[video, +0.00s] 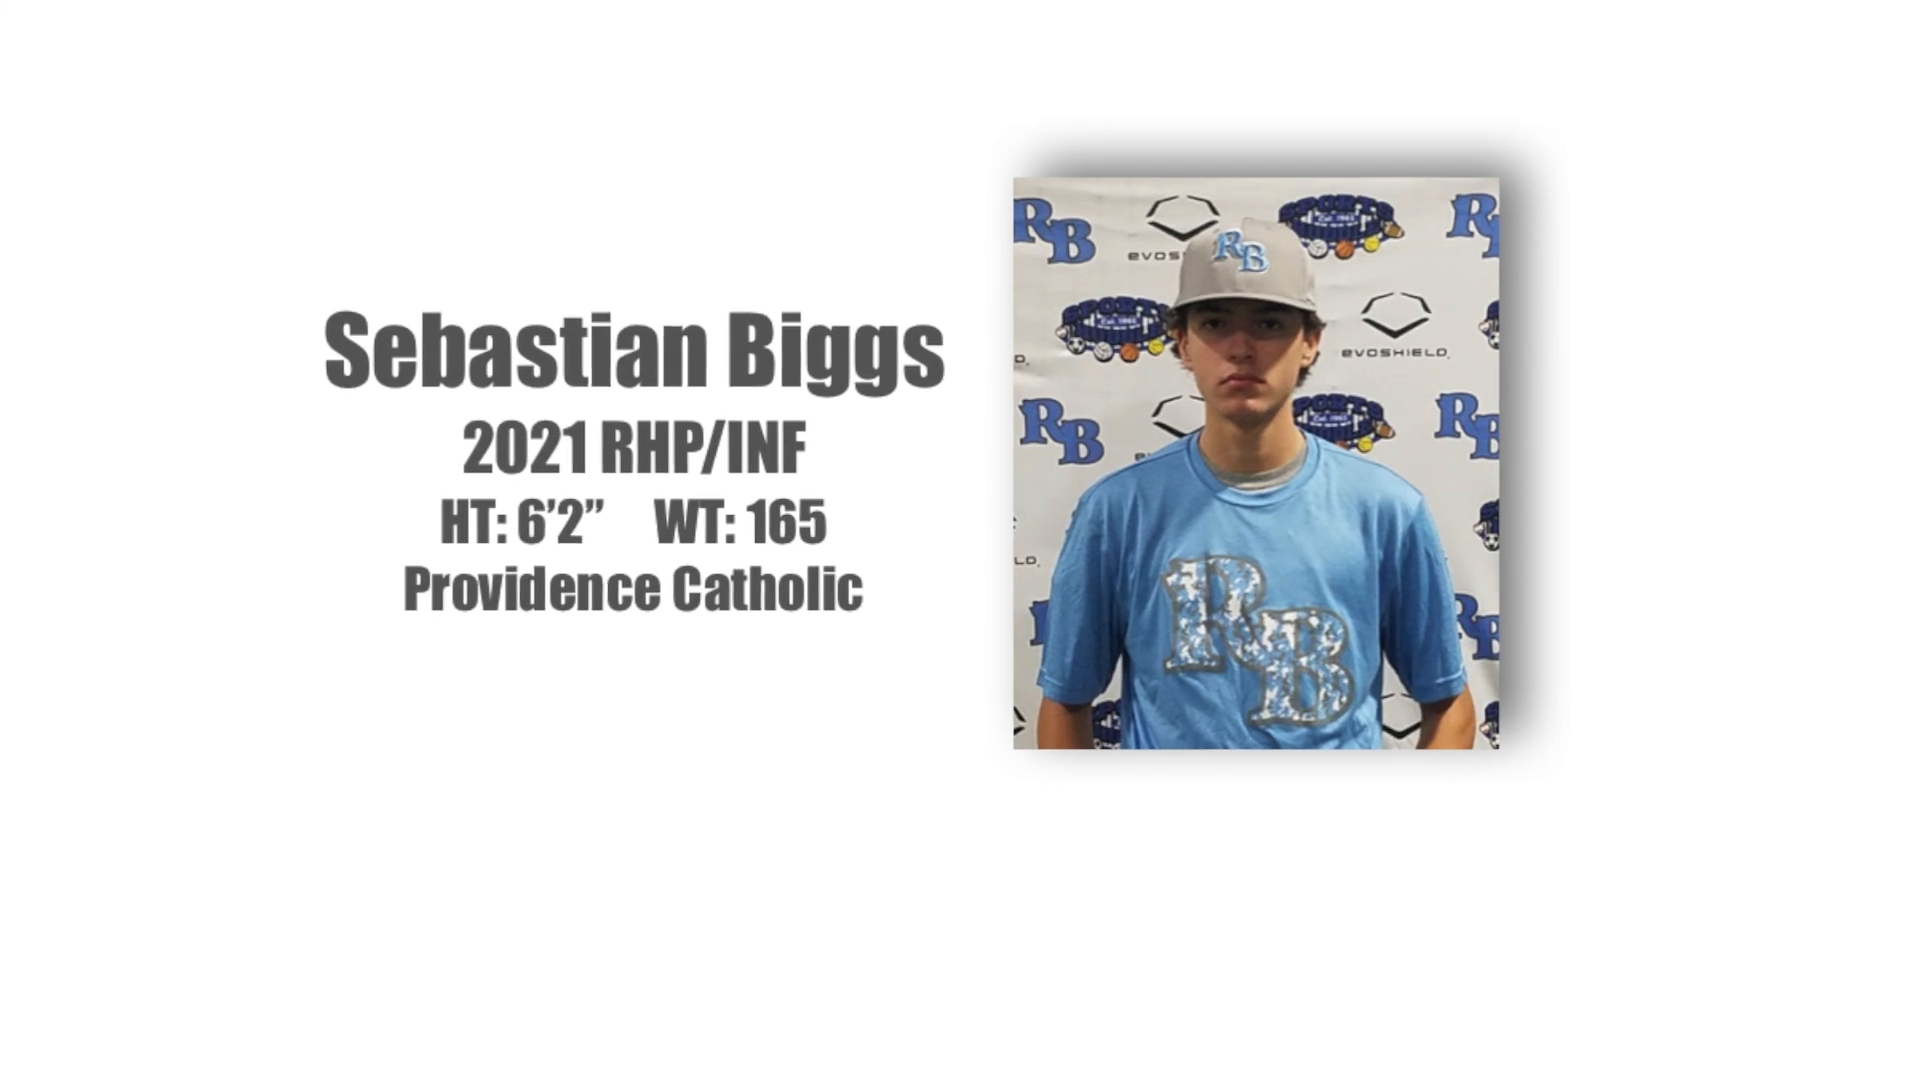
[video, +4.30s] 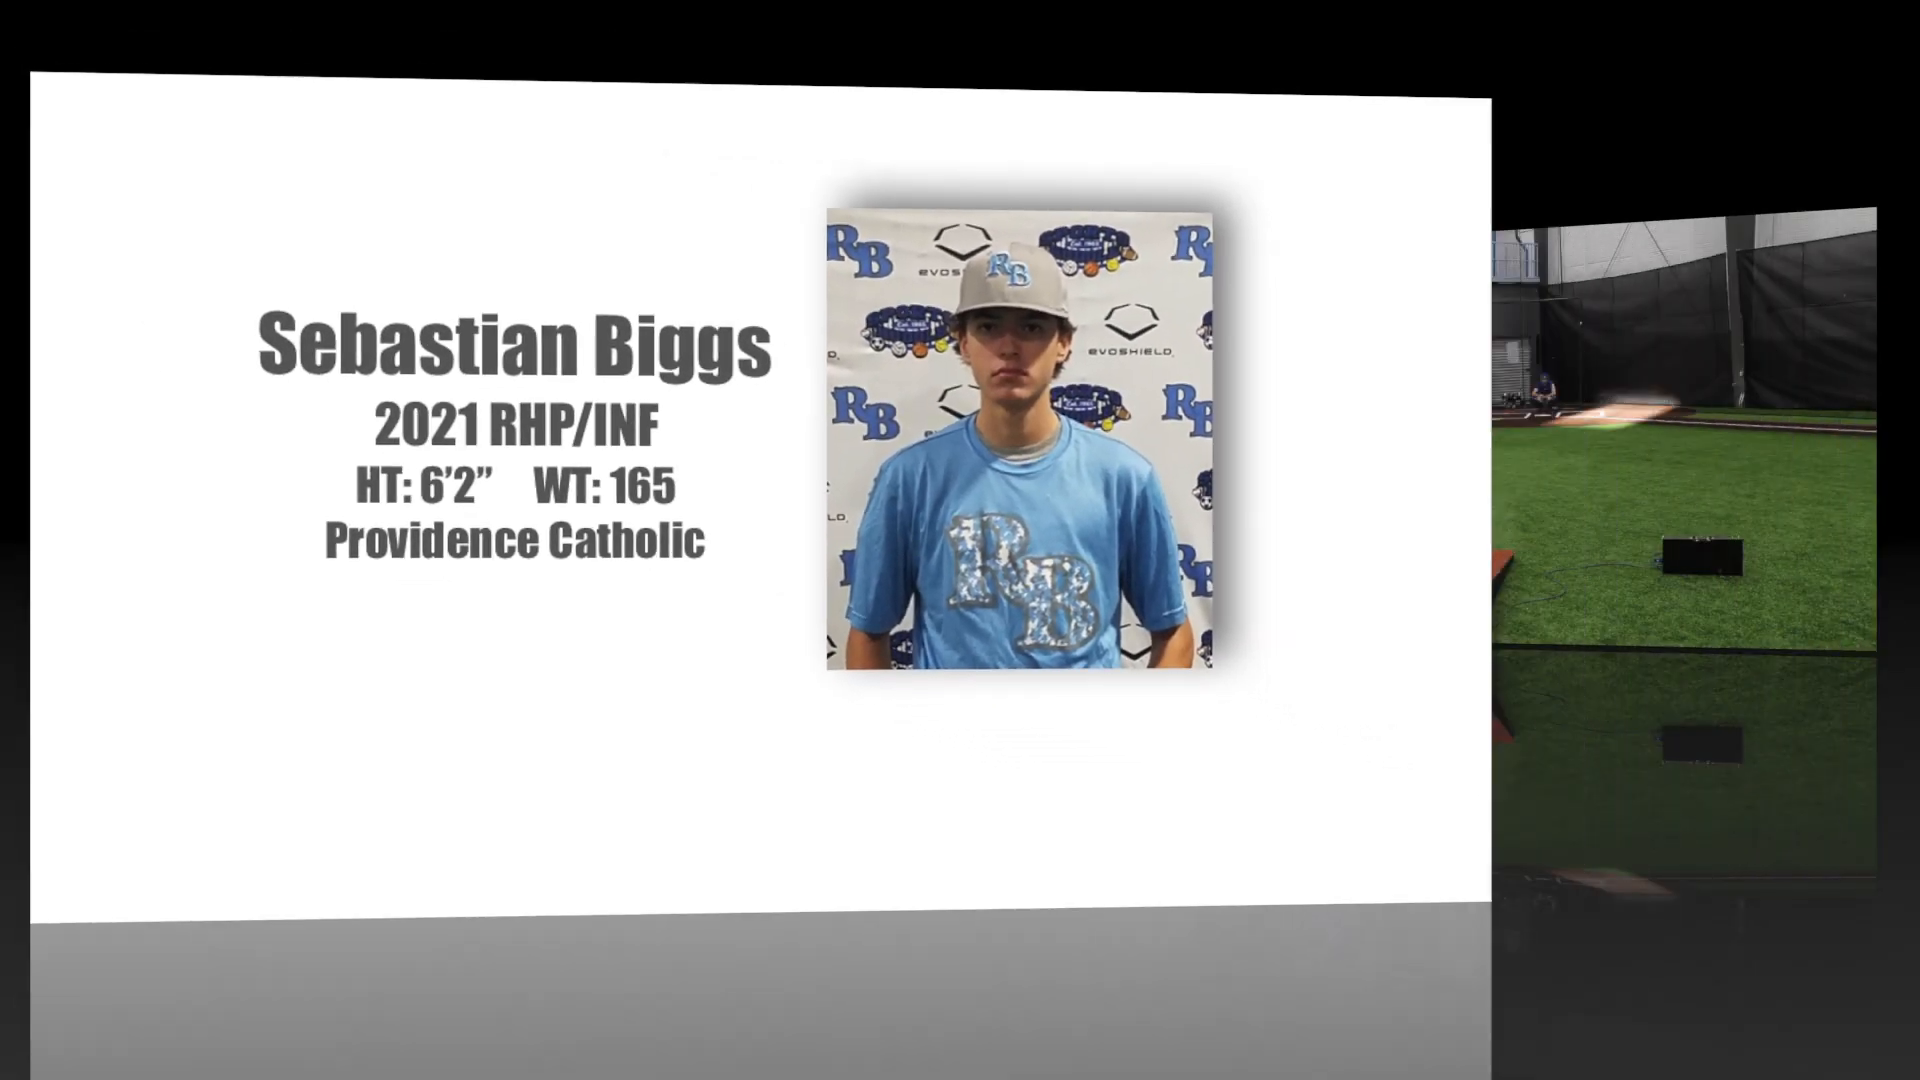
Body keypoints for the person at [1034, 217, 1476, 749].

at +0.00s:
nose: (1241, 347)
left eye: (1269, 323)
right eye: (1218, 323)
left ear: (1309, 345)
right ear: (1183, 345)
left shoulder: (1388, 510)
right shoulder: (1114, 513)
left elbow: (1450, 706)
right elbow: (1066, 708)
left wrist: (1412, 820)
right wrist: (1075, 826)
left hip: (1346, 817)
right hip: (1167, 817)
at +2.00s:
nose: (1251, 342)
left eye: (1279, 317)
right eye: (1226, 318)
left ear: (1320, 340)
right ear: (1191, 339)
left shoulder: (1402, 511)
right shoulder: (1120, 513)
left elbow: (1466, 712)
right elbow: (1069, 714)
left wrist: (1426, 832)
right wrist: (1080, 838)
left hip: (1357, 828)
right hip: (1174, 829)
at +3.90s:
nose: (1209, 338)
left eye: (1237, 314)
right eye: (1186, 315)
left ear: (1278, 336)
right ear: (1151, 336)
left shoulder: (1357, 503)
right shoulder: (1082, 506)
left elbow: (1420, 700)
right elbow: (1032, 702)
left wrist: (1381, 819)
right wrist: (1042, 826)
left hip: (1314, 815)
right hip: (1135, 814)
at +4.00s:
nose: (1167, 340)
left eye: (1194, 317)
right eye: (1144, 317)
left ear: (1232, 337)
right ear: (1111, 337)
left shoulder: (1308, 497)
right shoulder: (1044, 501)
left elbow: (1367, 685)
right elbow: (998, 687)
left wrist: (1331, 800)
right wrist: (1007, 805)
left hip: (1266, 799)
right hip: (1096, 799)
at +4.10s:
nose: (1117, 342)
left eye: (1142, 320)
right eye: (1096, 320)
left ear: (1179, 339)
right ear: (1064, 339)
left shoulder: (1249, 491)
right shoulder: (1002, 494)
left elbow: (1306, 668)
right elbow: (958, 671)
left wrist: (1273, 776)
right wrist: (965, 782)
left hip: (1211, 775)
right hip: (1050, 776)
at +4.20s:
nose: (1064, 344)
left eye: (1087, 324)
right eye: (1044, 324)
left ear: (1121, 343)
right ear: (1014, 341)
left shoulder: (1188, 484)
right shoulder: (955, 486)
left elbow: (1240, 650)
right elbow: (914, 652)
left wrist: (1210, 753)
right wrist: (921, 757)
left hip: (1151, 752)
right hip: (1001, 752)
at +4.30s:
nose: (1009, 346)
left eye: (1031, 327)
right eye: (990, 327)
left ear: (1063, 344)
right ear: (963, 343)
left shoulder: (1125, 478)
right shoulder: (908, 479)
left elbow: (1173, 633)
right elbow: (869, 634)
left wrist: (1146, 728)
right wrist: (874, 732)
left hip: (1091, 725)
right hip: (951, 726)